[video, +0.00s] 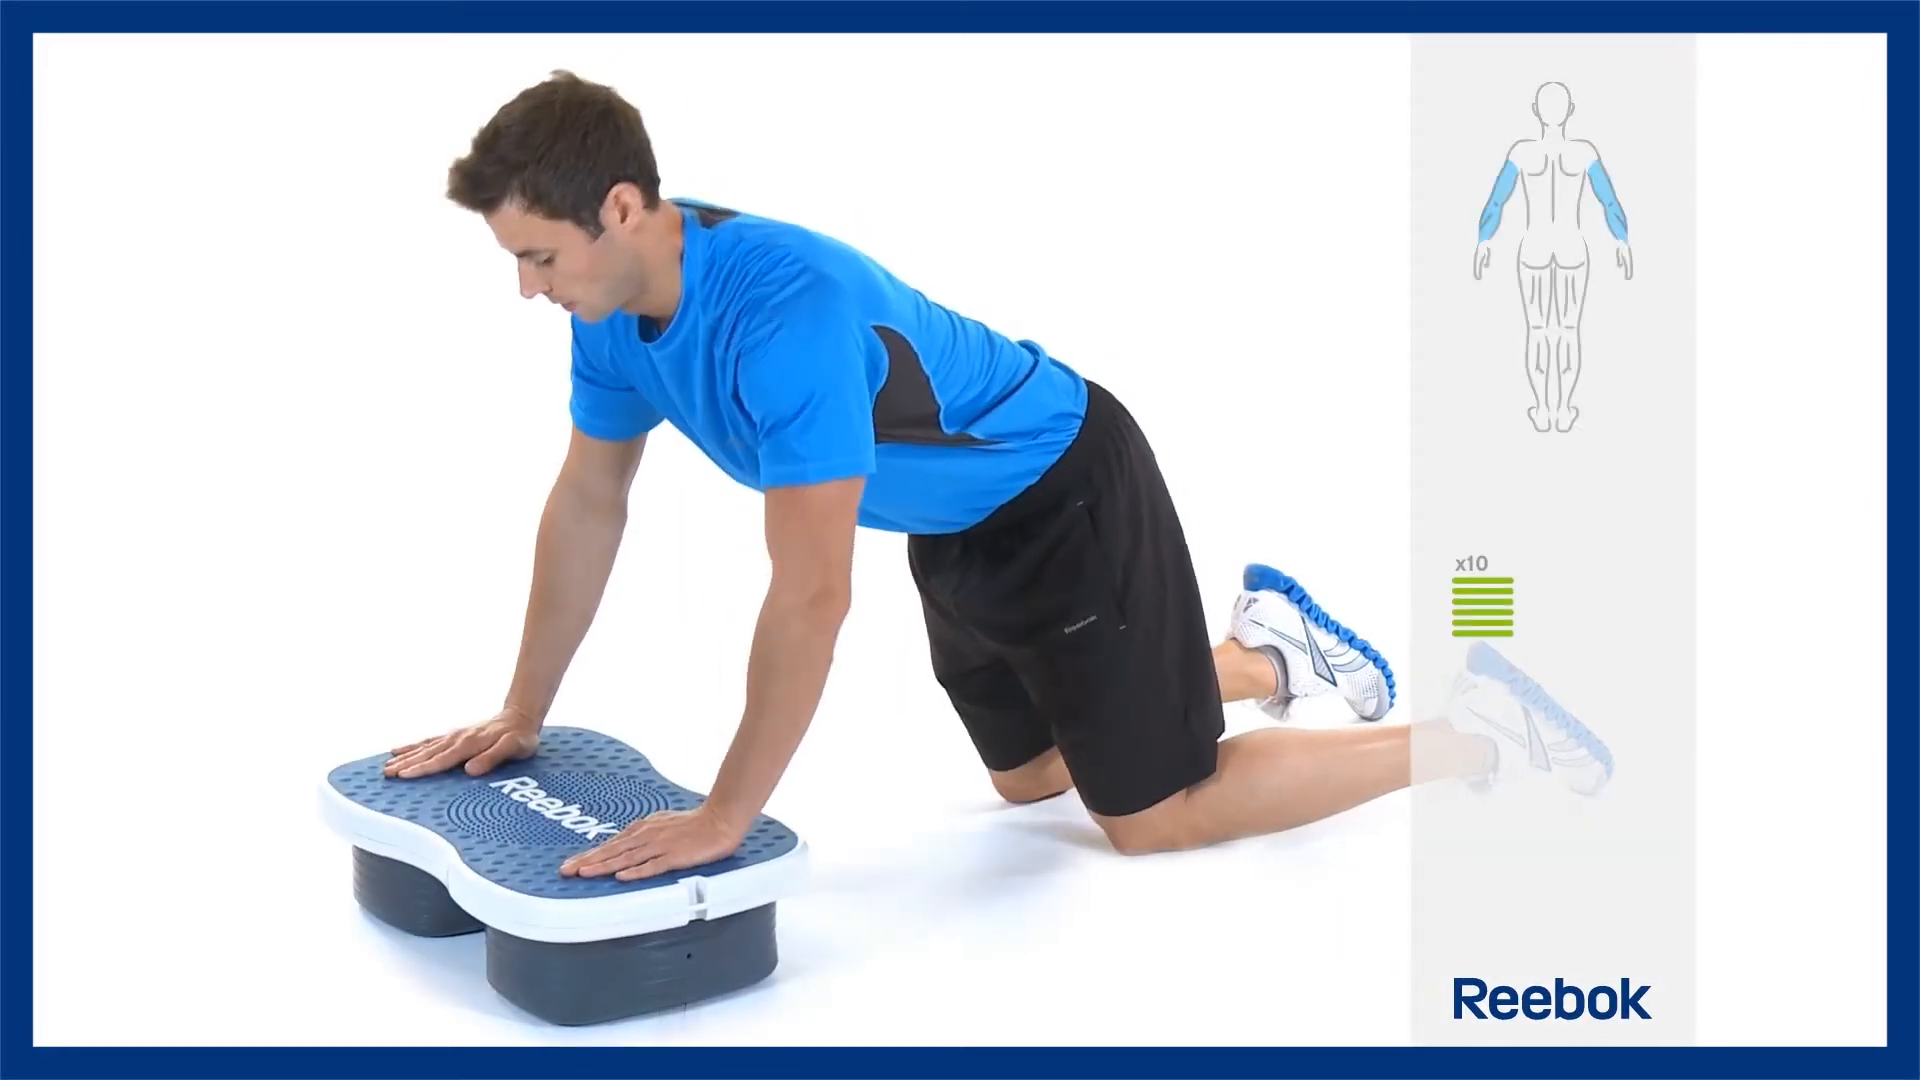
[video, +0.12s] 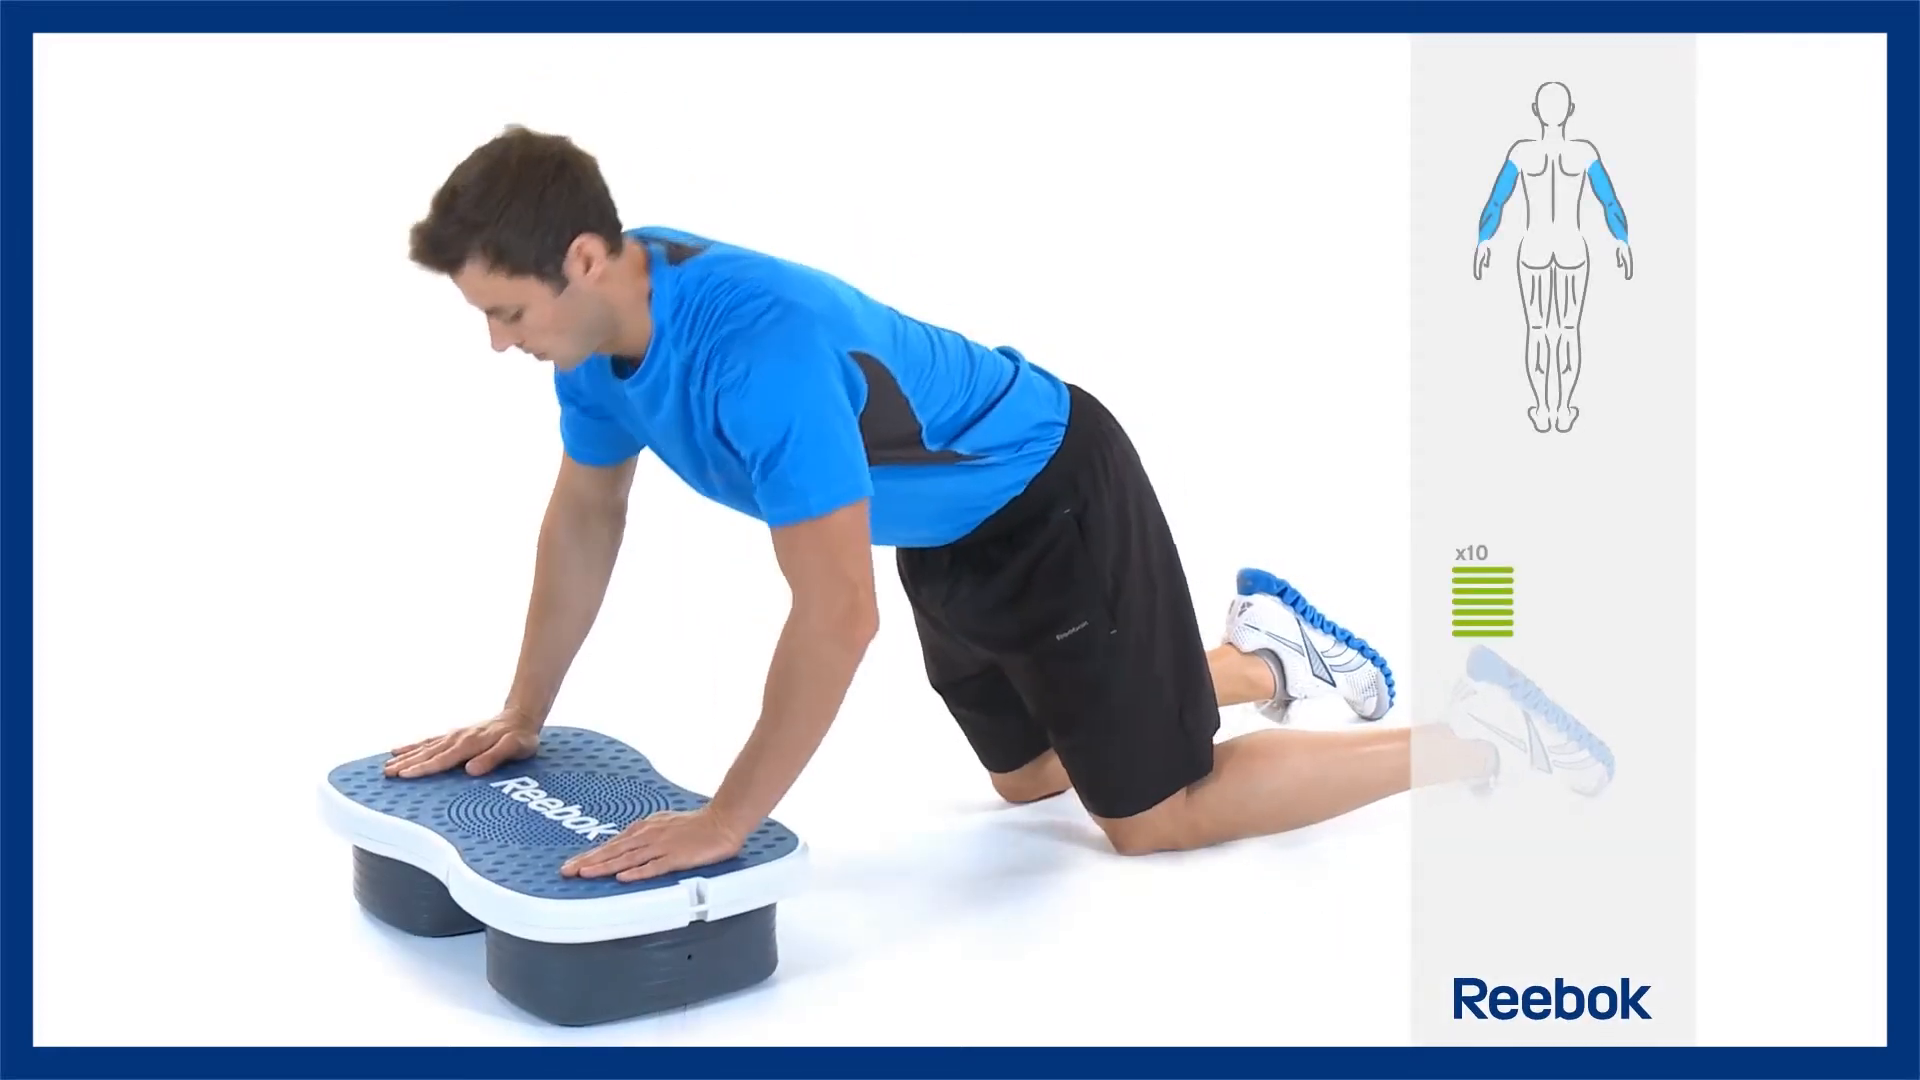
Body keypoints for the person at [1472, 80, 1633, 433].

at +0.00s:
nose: (1553, 108)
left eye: (1553, 101)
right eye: (1553, 101)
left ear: (1536, 109)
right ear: (1569, 108)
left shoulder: (1521, 150)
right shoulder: (1584, 150)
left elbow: (1497, 199)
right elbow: (1608, 200)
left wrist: (1483, 241)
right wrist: (1623, 241)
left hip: (1533, 250)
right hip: (1572, 249)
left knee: (1536, 329)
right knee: (1569, 328)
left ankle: (1542, 408)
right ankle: (1563, 408)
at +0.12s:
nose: (1553, 107)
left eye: (1555, 101)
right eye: (1550, 101)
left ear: (1538, 109)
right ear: (1568, 108)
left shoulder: (1521, 150)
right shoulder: (1585, 151)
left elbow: (1497, 199)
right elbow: (1609, 200)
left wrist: (1483, 240)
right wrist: (1623, 240)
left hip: (1534, 249)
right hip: (1572, 249)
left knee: (1537, 329)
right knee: (1569, 329)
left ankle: (1542, 407)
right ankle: (1563, 407)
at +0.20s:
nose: (1553, 107)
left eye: (1554, 100)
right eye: (1552, 100)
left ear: (1537, 108)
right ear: (1569, 108)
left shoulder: (1521, 150)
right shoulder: (1584, 150)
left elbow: (1497, 199)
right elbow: (1609, 200)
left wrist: (1482, 240)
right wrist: (1623, 240)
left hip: (1533, 249)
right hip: (1572, 249)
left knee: (1536, 328)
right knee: (1569, 328)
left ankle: (1542, 407)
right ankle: (1564, 407)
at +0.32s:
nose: (1553, 107)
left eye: (1554, 100)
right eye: (1552, 100)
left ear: (1537, 108)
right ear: (1569, 108)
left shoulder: (1521, 150)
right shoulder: (1584, 150)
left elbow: (1497, 199)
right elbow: (1609, 200)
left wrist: (1482, 240)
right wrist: (1623, 240)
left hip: (1533, 249)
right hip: (1572, 249)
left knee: (1536, 328)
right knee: (1569, 328)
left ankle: (1542, 407)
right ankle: (1564, 407)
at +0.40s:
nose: (1553, 107)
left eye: (1555, 100)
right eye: (1551, 100)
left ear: (1537, 108)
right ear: (1568, 108)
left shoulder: (1521, 151)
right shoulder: (1585, 150)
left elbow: (1497, 199)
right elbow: (1609, 199)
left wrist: (1482, 240)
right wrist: (1623, 240)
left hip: (1534, 249)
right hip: (1572, 249)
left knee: (1537, 328)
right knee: (1569, 329)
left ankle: (1542, 406)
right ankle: (1563, 407)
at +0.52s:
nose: (1553, 107)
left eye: (1554, 100)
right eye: (1552, 100)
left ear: (1537, 108)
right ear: (1569, 108)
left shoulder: (1521, 150)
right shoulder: (1584, 150)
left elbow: (1497, 199)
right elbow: (1609, 200)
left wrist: (1482, 240)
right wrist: (1623, 240)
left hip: (1533, 249)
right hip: (1572, 249)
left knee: (1536, 328)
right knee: (1569, 328)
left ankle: (1542, 407)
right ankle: (1564, 407)